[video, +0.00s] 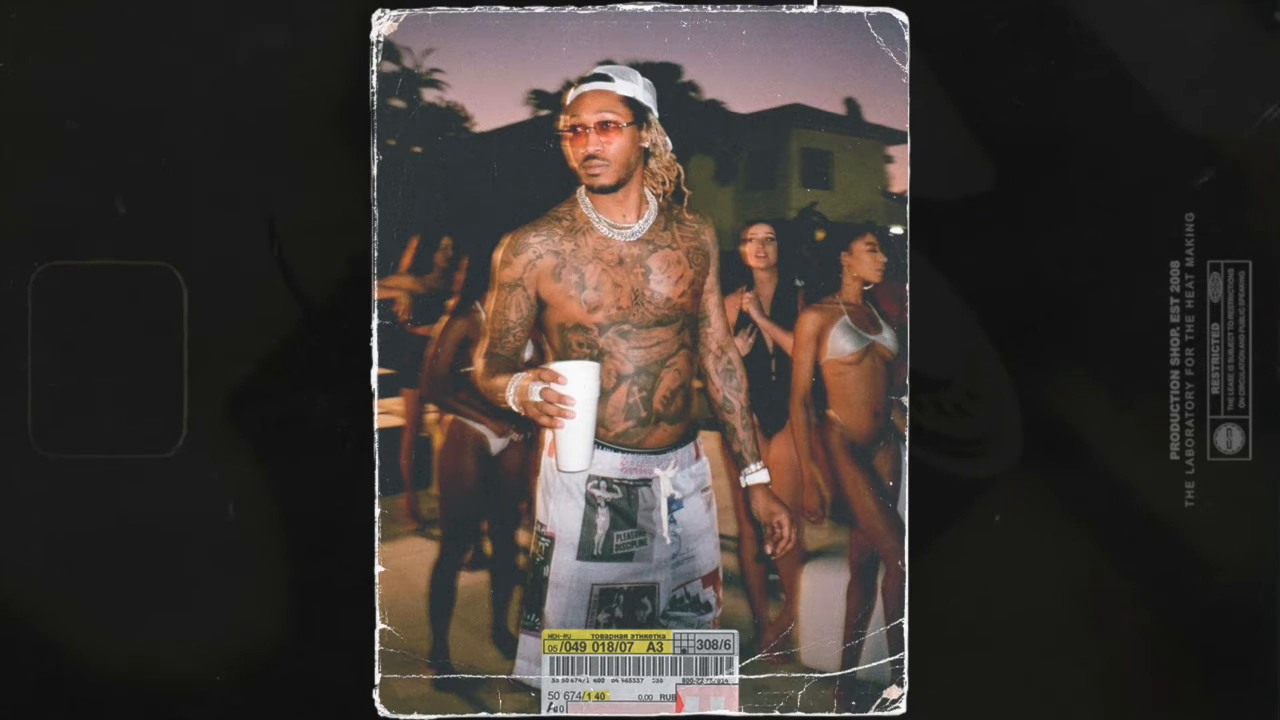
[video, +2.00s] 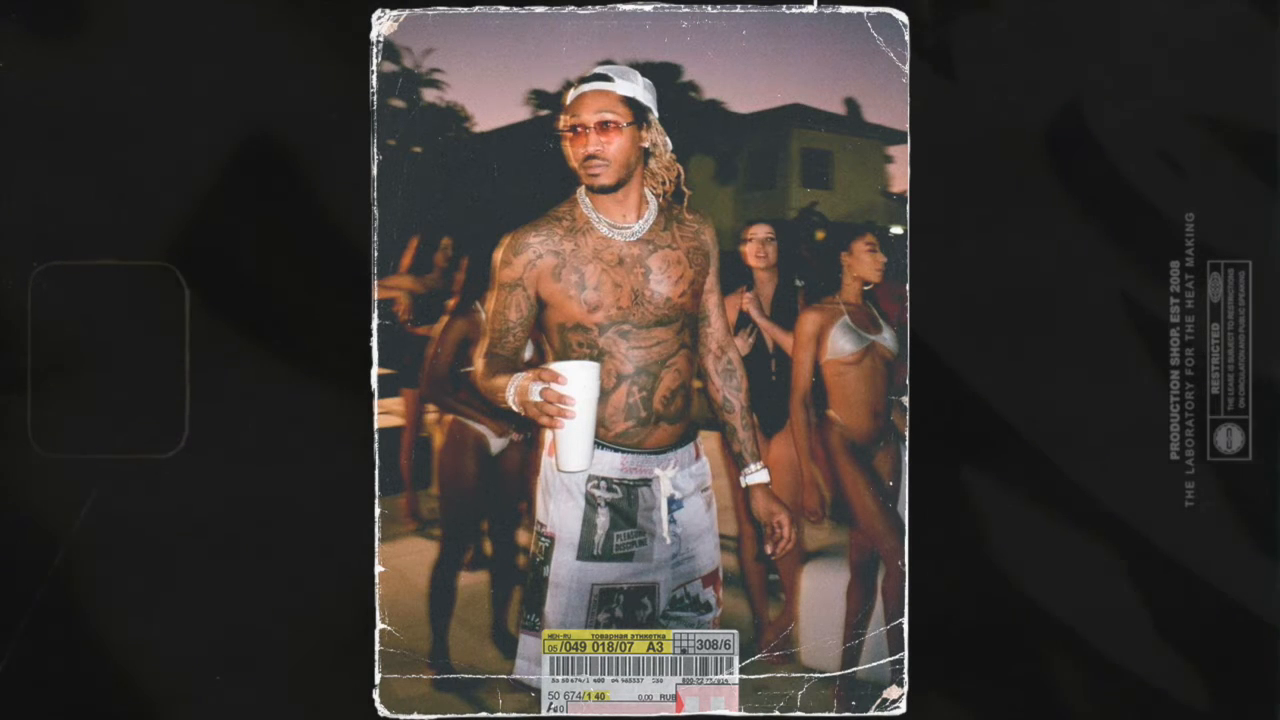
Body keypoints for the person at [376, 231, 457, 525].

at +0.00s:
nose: (445, 254)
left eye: (450, 250)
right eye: (441, 248)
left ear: (456, 255)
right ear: (431, 251)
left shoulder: (455, 281)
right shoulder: (414, 283)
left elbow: (461, 303)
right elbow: (395, 284)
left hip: (445, 350)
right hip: (416, 348)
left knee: (450, 425)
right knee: (413, 427)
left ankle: (451, 498)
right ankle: (410, 500)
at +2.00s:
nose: (446, 255)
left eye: (451, 250)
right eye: (442, 249)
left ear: (455, 255)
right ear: (431, 252)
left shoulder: (454, 283)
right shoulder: (414, 283)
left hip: (445, 353)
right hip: (416, 350)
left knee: (449, 426)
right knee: (413, 427)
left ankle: (450, 498)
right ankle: (410, 499)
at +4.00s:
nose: (446, 254)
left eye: (450, 249)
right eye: (442, 248)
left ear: (454, 254)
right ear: (430, 251)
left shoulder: (454, 280)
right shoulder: (414, 282)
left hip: (444, 347)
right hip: (416, 345)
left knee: (449, 425)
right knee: (413, 426)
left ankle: (452, 498)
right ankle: (410, 502)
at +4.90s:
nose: (446, 254)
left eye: (450, 249)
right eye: (442, 248)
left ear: (455, 253)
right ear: (431, 250)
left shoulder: (456, 277)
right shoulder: (414, 281)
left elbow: (461, 305)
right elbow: (393, 287)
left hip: (445, 349)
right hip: (416, 347)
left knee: (449, 426)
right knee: (413, 427)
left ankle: (451, 499)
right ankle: (411, 501)